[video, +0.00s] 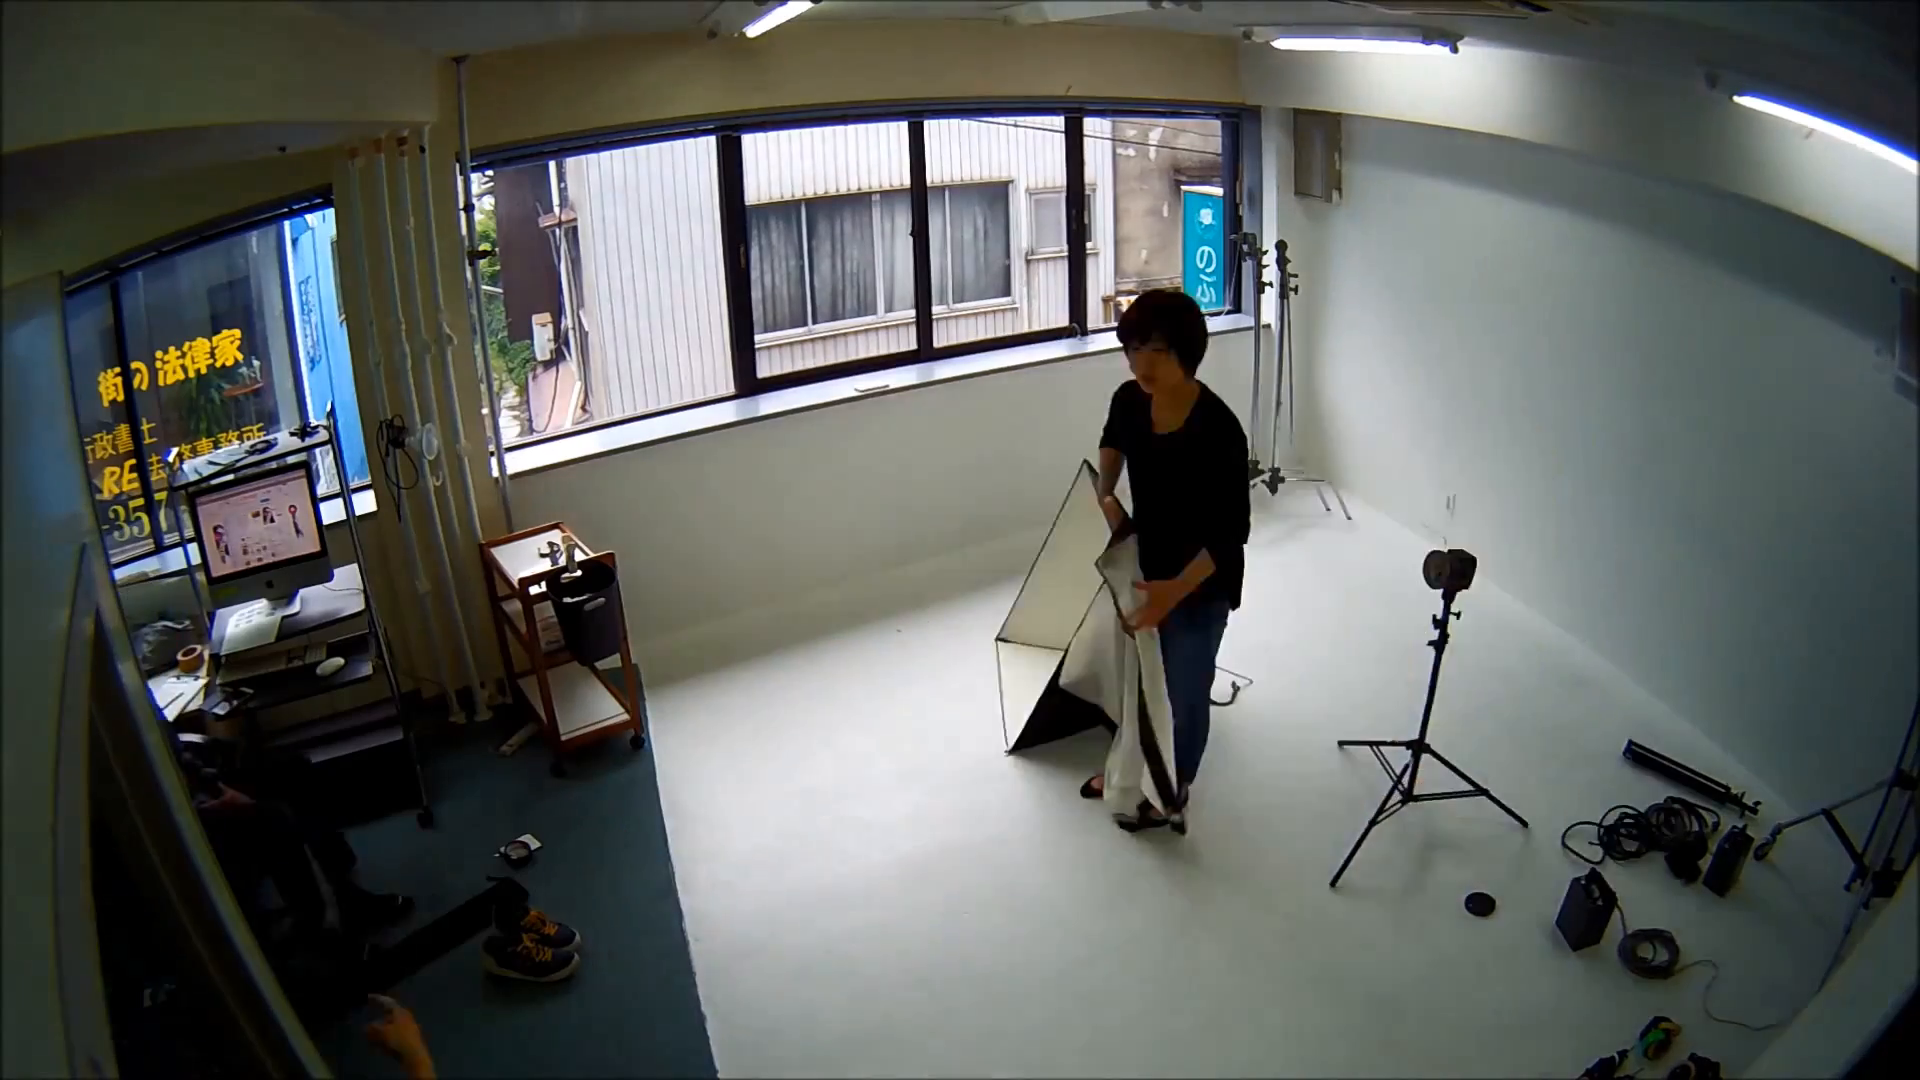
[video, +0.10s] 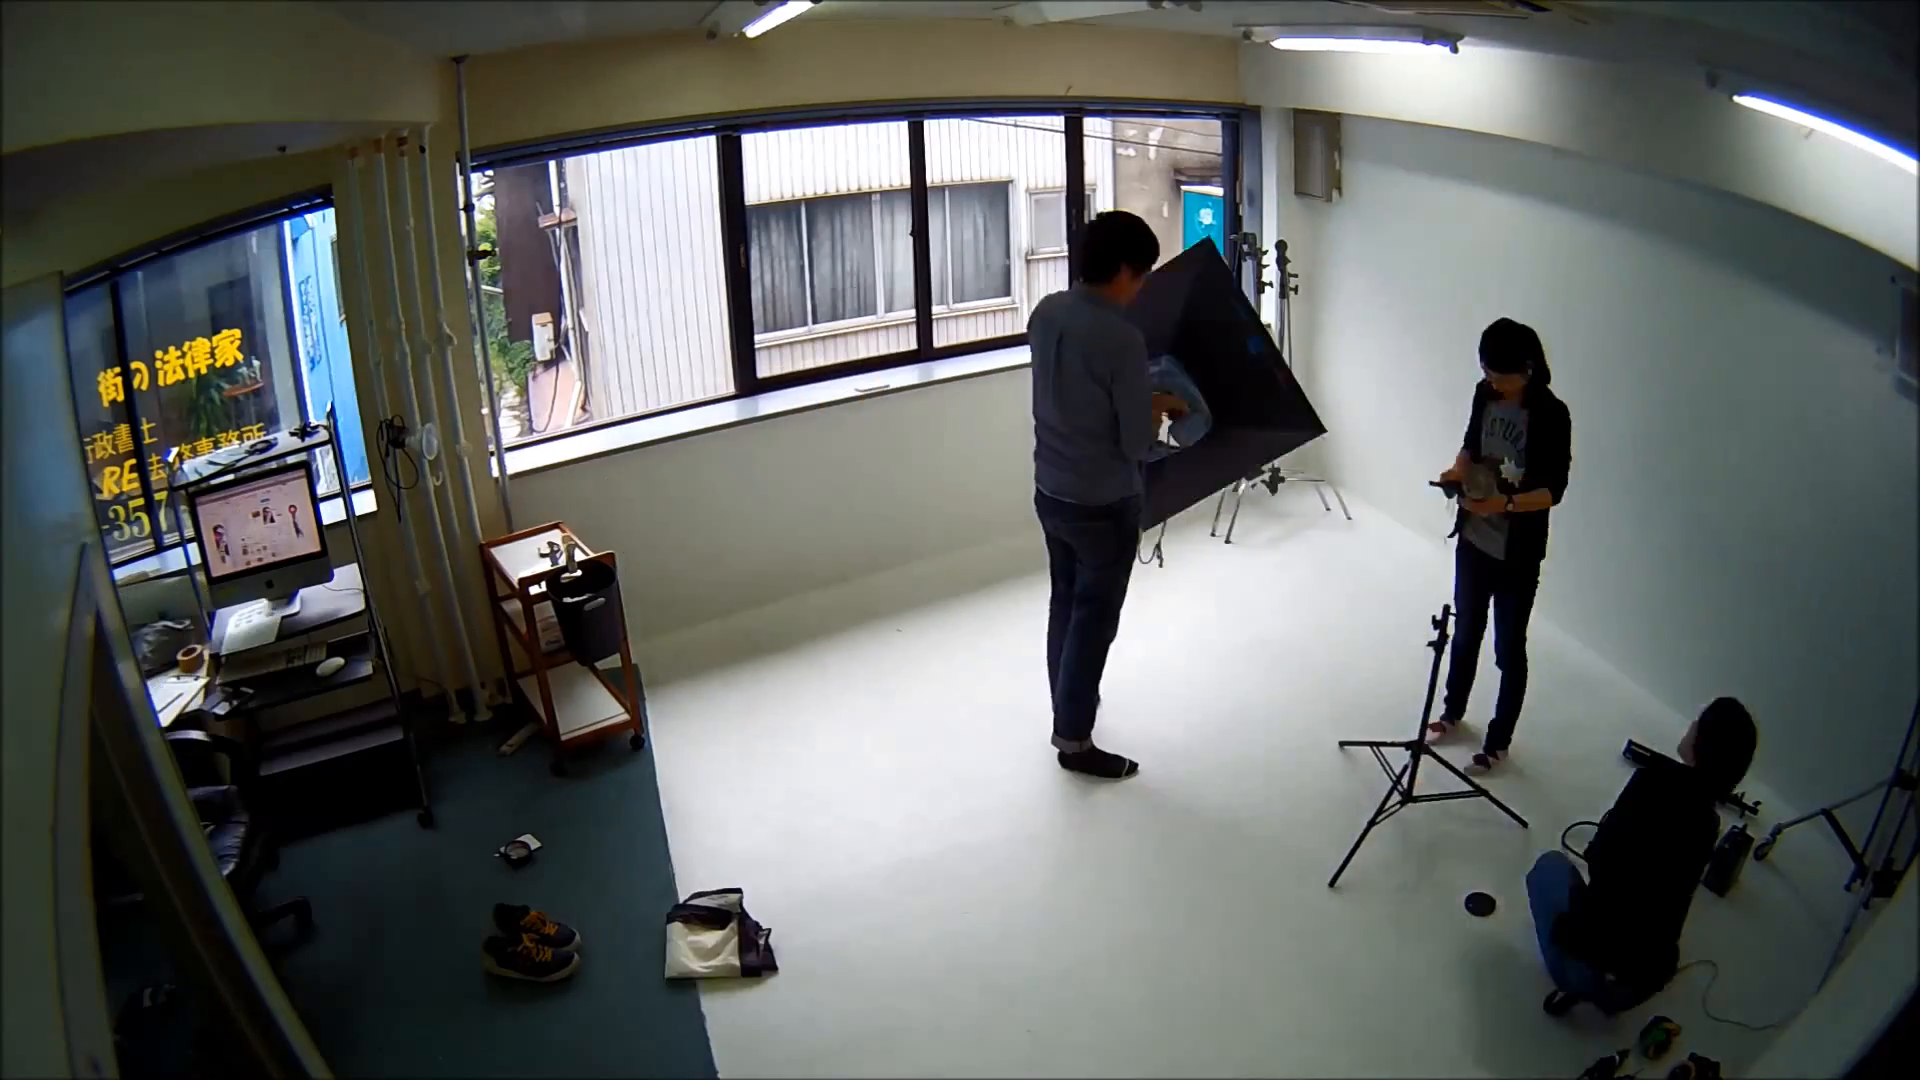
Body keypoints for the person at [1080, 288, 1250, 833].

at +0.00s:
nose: (1134, 364)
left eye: (1142, 350)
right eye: (1130, 351)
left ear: (1175, 350)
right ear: (1134, 352)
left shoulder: (1220, 429)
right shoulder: (1131, 399)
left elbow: (1230, 533)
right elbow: (1112, 446)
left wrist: (1174, 591)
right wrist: (1106, 495)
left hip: (1202, 580)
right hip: (1144, 566)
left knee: (1186, 692)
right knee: (1134, 677)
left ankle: (1178, 785)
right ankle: (1126, 766)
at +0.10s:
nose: (1139, 288)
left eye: (1142, 276)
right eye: (1140, 276)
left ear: (1086, 261)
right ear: (1124, 271)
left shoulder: (1046, 313)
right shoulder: (1120, 338)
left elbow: (1065, 397)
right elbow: (1138, 444)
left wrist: (1134, 396)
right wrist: (1157, 413)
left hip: (1052, 495)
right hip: (1103, 505)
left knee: (1065, 606)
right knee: (1095, 619)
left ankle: (1067, 724)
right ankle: (1074, 743)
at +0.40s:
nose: (1164, 280)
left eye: (1163, 269)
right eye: (1161, 269)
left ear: (1112, 264)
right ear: (1143, 270)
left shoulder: (1056, 309)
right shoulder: (1147, 342)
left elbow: (1021, 379)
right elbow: (1166, 446)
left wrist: (1069, 403)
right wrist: (1144, 393)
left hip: (1053, 491)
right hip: (1108, 502)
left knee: (1065, 603)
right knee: (1094, 619)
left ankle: (1068, 718)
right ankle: (1074, 743)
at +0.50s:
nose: (1134, 280)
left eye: (1131, 267)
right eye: (1126, 269)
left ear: (1080, 275)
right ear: (1094, 279)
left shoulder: (1052, 315)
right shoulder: (1084, 344)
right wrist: (1150, 434)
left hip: (1057, 498)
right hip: (1082, 508)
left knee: (1068, 604)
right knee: (1079, 626)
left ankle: (1043, 700)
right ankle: (1065, 741)